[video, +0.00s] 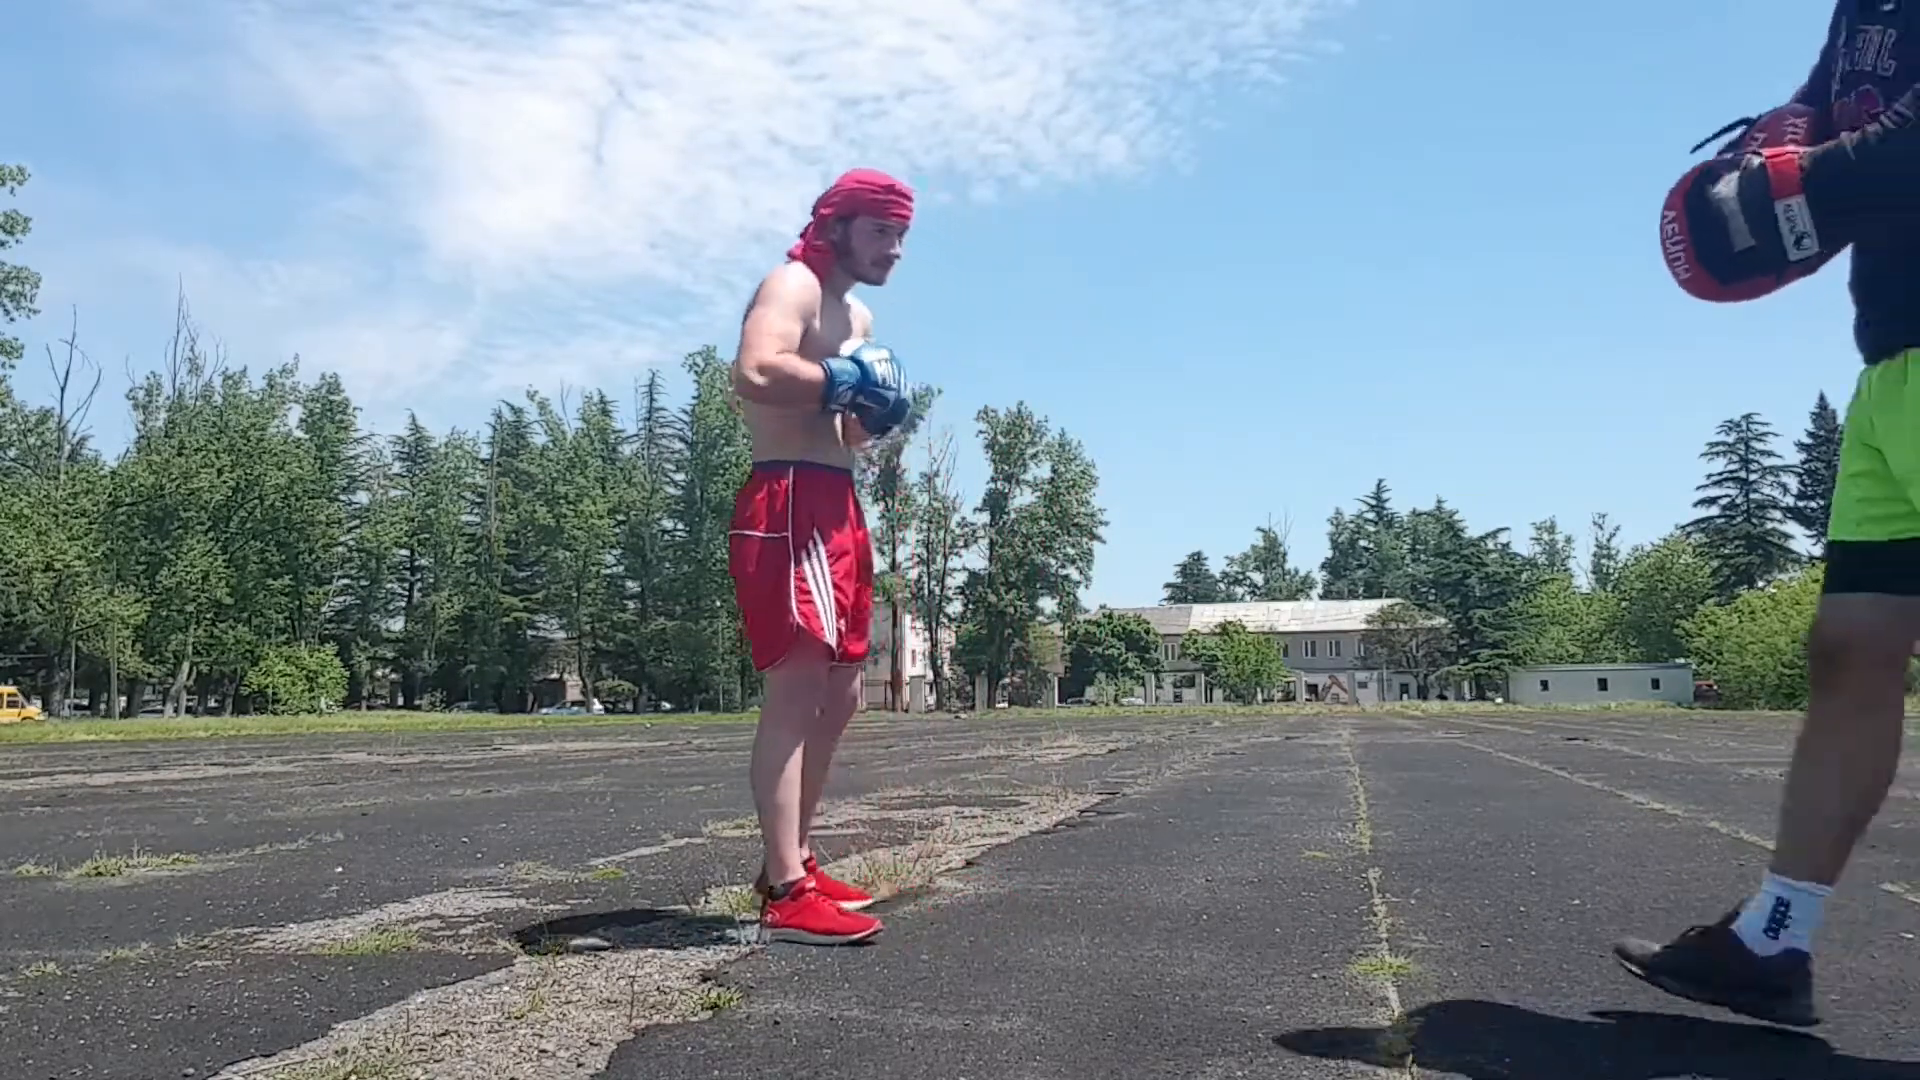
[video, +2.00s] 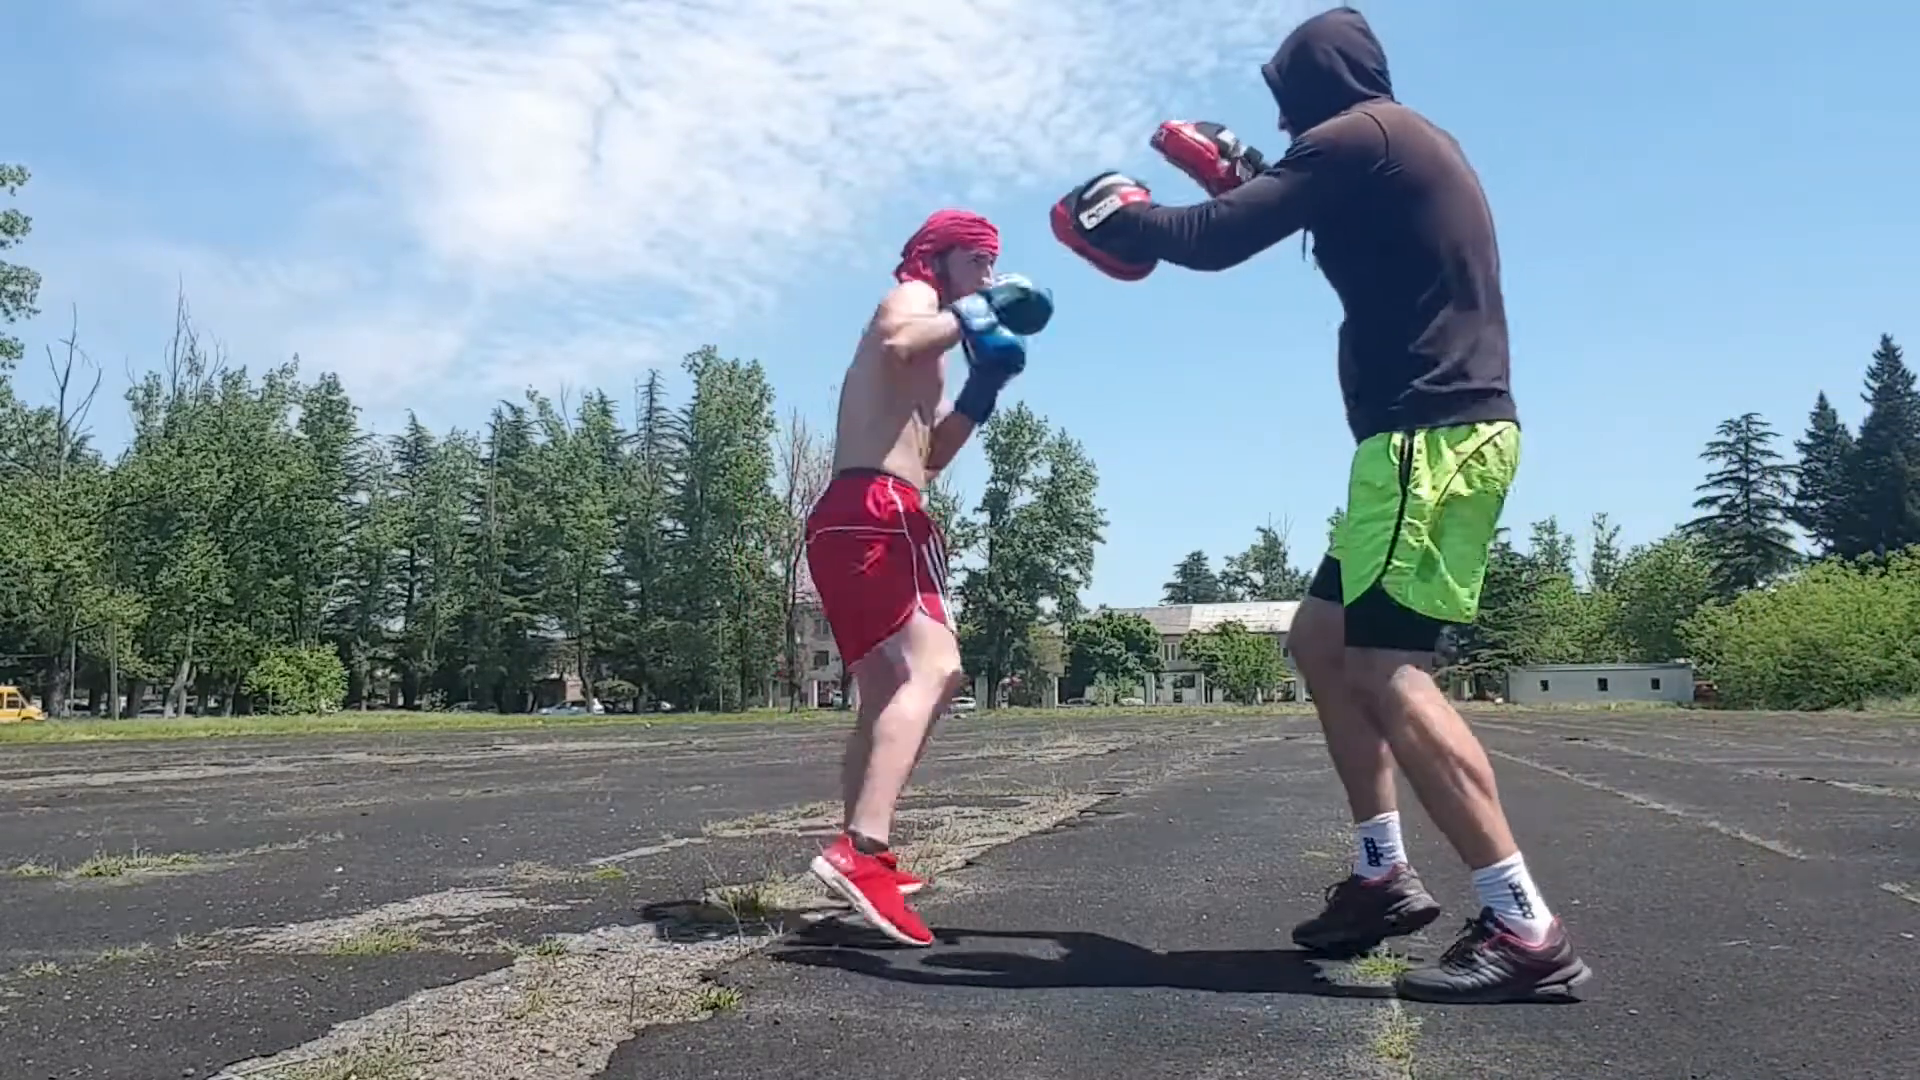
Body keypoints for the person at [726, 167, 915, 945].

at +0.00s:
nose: (895, 250)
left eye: (901, 237)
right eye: (883, 234)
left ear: (889, 243)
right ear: (836, 227)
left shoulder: (858, 318)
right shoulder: (791, 284)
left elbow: (844, 434)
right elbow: (754, 371)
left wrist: (877, 421)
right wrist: (847, 382)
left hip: (837, 504)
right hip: (785, 502)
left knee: (842, 693)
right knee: (798, 686)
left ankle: (796, 862)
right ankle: (781, 883)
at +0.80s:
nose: (917, 263)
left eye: (924, 252)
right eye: (905, 247)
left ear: (918, 262)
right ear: (859, 246)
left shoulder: (879, 338)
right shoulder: (806, 323)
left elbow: (892, 452)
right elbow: (824, 431)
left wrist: (934, 393)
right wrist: (889, 384)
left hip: (857, 516)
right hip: (807, 514)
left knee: (880, 698)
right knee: (843, 697)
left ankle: (795, 850)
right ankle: (839, 887)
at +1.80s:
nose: (960, 294)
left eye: (962, 283)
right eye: (947, 281)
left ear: (945, 292)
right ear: (905, 284)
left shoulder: (933, 368)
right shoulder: (863, 340)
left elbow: (950, 463)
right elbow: (878, 429)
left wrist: (980, 389)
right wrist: (969, 419)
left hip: (895, 536)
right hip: (851, 532)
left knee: (912, 697)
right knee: (937, 667)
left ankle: (850, 859)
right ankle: (878, 841)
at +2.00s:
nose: (990, 276)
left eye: (992, 265)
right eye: (979, 261)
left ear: (964, 270)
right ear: (937, 258)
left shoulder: (926, 351)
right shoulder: (909, 296)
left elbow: (931, 456)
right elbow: (900, 341)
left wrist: (984, 386)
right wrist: (976, 311)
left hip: (867, 519)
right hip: (872, 511)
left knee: (884, 697)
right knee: (934, 667)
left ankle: (859, 852)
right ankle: (865, 845)